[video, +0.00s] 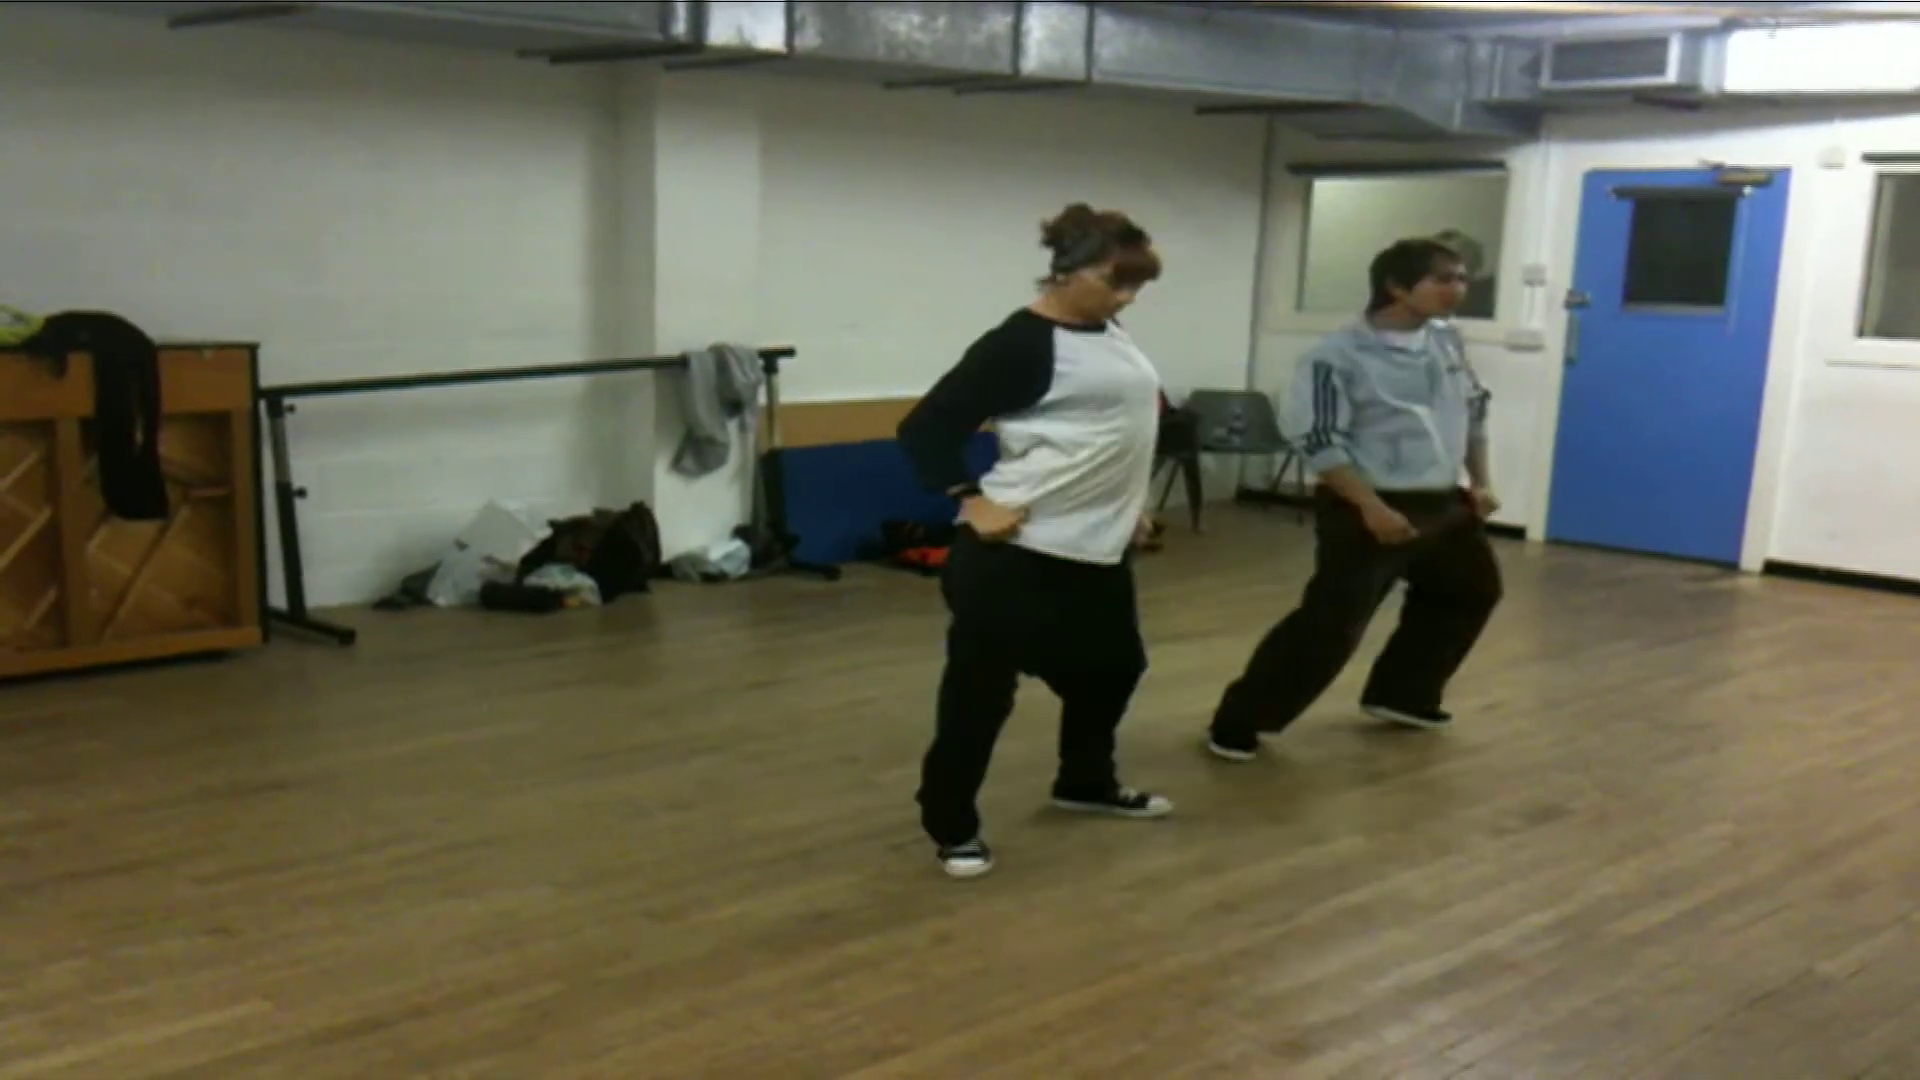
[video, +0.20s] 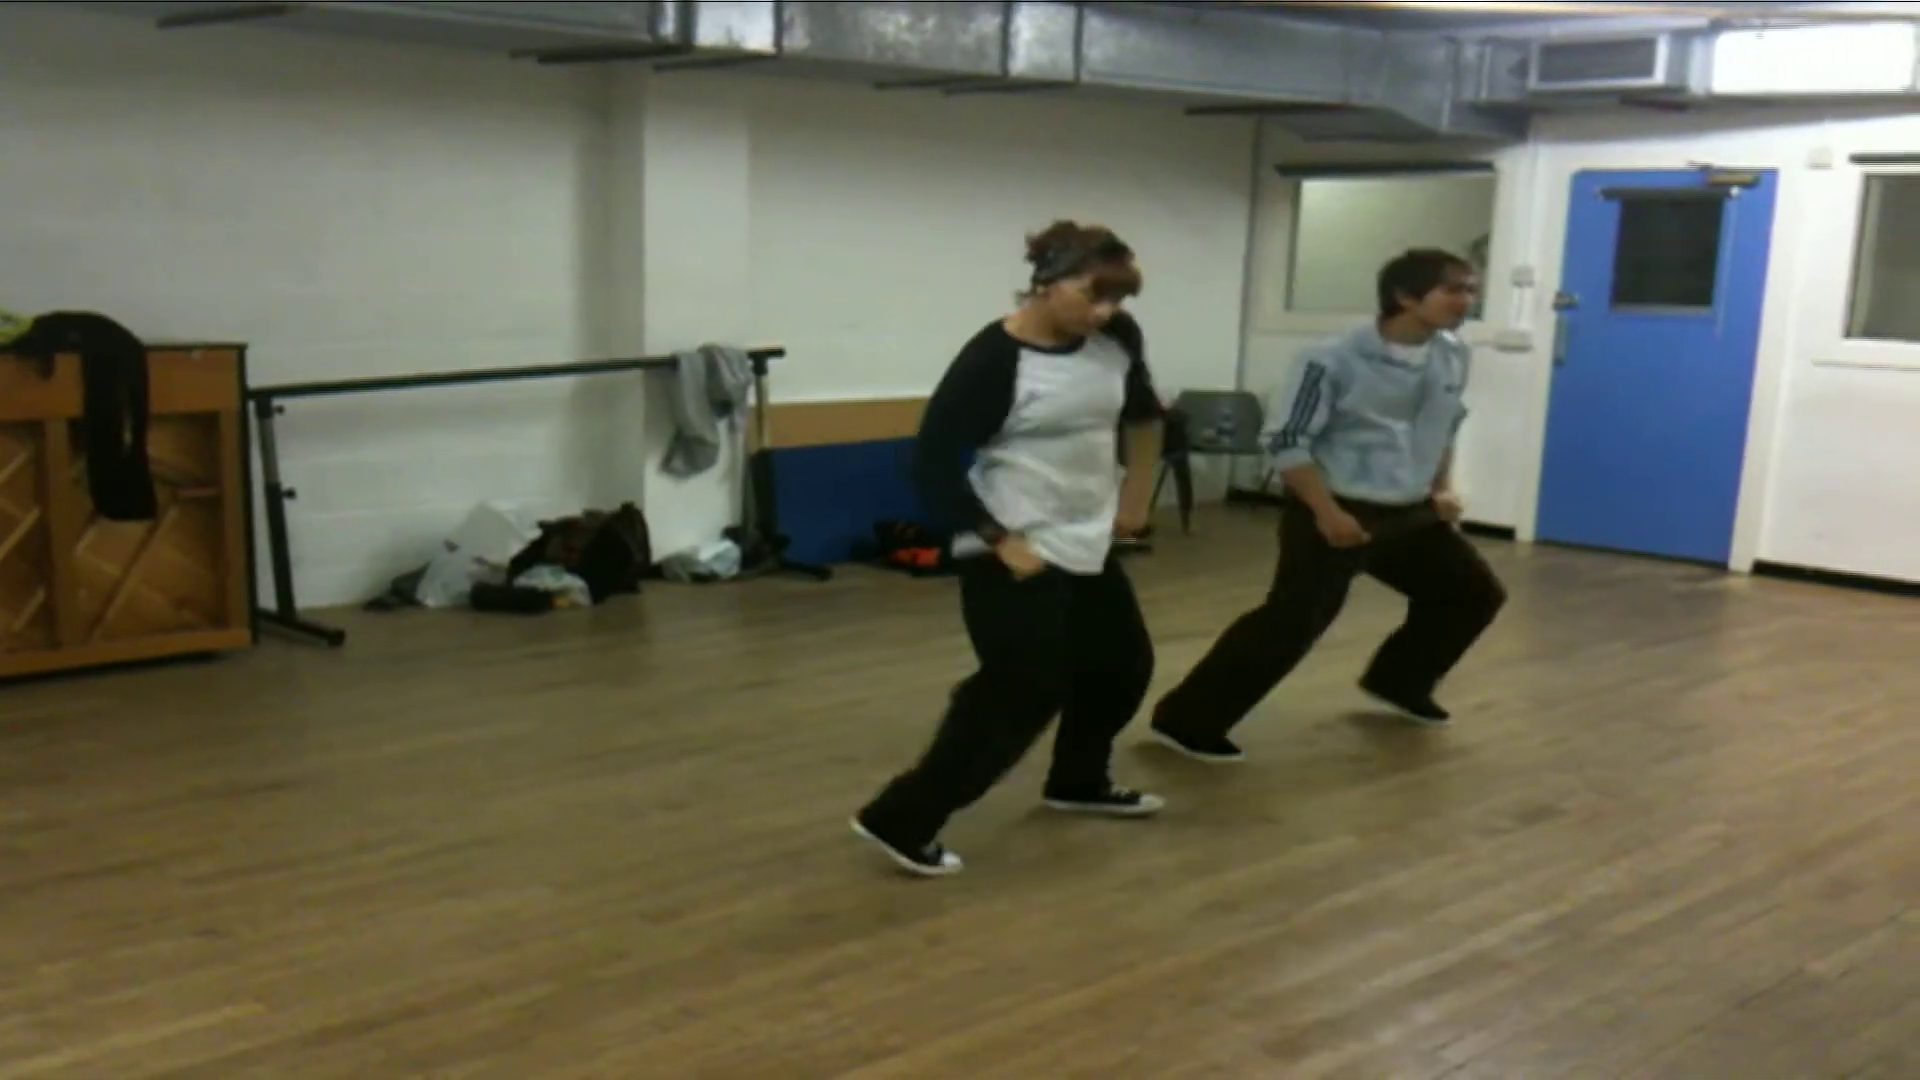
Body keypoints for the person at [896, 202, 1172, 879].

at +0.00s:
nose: (1129, 299)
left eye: (1135, 287)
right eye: (1122, 283)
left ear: (1089, 276)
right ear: (1078, 271)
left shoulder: (1110, 339)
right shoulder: (1020, 343)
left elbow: (1099, 435)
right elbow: (923, 433)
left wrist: (1126, 507)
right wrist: (970, 502)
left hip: (1095, 561)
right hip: (1012, 559)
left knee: (1109, 670)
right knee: (978, 698)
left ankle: (1085, 781)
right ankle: (951, 825)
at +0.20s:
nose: (1111, 311)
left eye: (1116, 298)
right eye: (1099, 295)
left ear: (1116, 300)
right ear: (1052, 286)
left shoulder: (1115, 343)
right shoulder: (994, 356)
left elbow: (1141, 414)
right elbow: (932, 462)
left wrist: (1135, 491)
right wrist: (1000, 542)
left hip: (1089, 560)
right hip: (1011, 562)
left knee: (1122, 665)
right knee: (1027, 685)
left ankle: (1078, 781)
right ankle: (901, 819)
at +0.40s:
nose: (1127, 349)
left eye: (1131, 334)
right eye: (1114, 332)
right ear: (1065, 327)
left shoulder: (1117, 384)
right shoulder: (1008, 391)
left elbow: (1155, 449)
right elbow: (956, 499)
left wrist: (1125, 538)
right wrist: (1012, 576)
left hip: (1061, 566)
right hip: (980, 575)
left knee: (1110, 699)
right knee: (1040, 709)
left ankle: (1090, 779)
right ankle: (894, 817)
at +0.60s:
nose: (1154, 448)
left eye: (1155, 435)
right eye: (1142, 436)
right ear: (1093, 438)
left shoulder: (1122, 478)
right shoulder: (1031, 479)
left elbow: (1143, 535)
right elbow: (905, 541)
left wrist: (1074, 583)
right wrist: (938, 604)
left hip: (1022, 603)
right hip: (927, 610)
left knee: (1142, 676)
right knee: (953, 707)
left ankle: (1063, 792)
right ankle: (923, 821)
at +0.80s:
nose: (1152, 389)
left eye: (1154, 374)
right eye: (1141, 371)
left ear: (1108, 369)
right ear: (1094, 365)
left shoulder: (1120, 425)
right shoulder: (1011, 410)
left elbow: (1116, 484)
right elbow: (903, 486)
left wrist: (1070, 547)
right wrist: (933, 560)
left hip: (1015, 566)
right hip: (927, 566)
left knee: (1093, 664)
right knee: (957, 679)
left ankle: (1051, 792)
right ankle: (923, 820)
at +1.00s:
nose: (1110, 307)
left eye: (1115, 294)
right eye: (1098, 291)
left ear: (1110, 300)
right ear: (1049, 295)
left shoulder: (1105, 376)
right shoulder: (993, 355)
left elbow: (1119, 452)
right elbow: (926, 459)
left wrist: (1092, 525)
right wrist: (970, 539)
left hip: (1042, 547)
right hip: (950, 545)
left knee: (1076, 674)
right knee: (958, 683)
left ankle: (1036, 791)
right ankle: (929, 818)